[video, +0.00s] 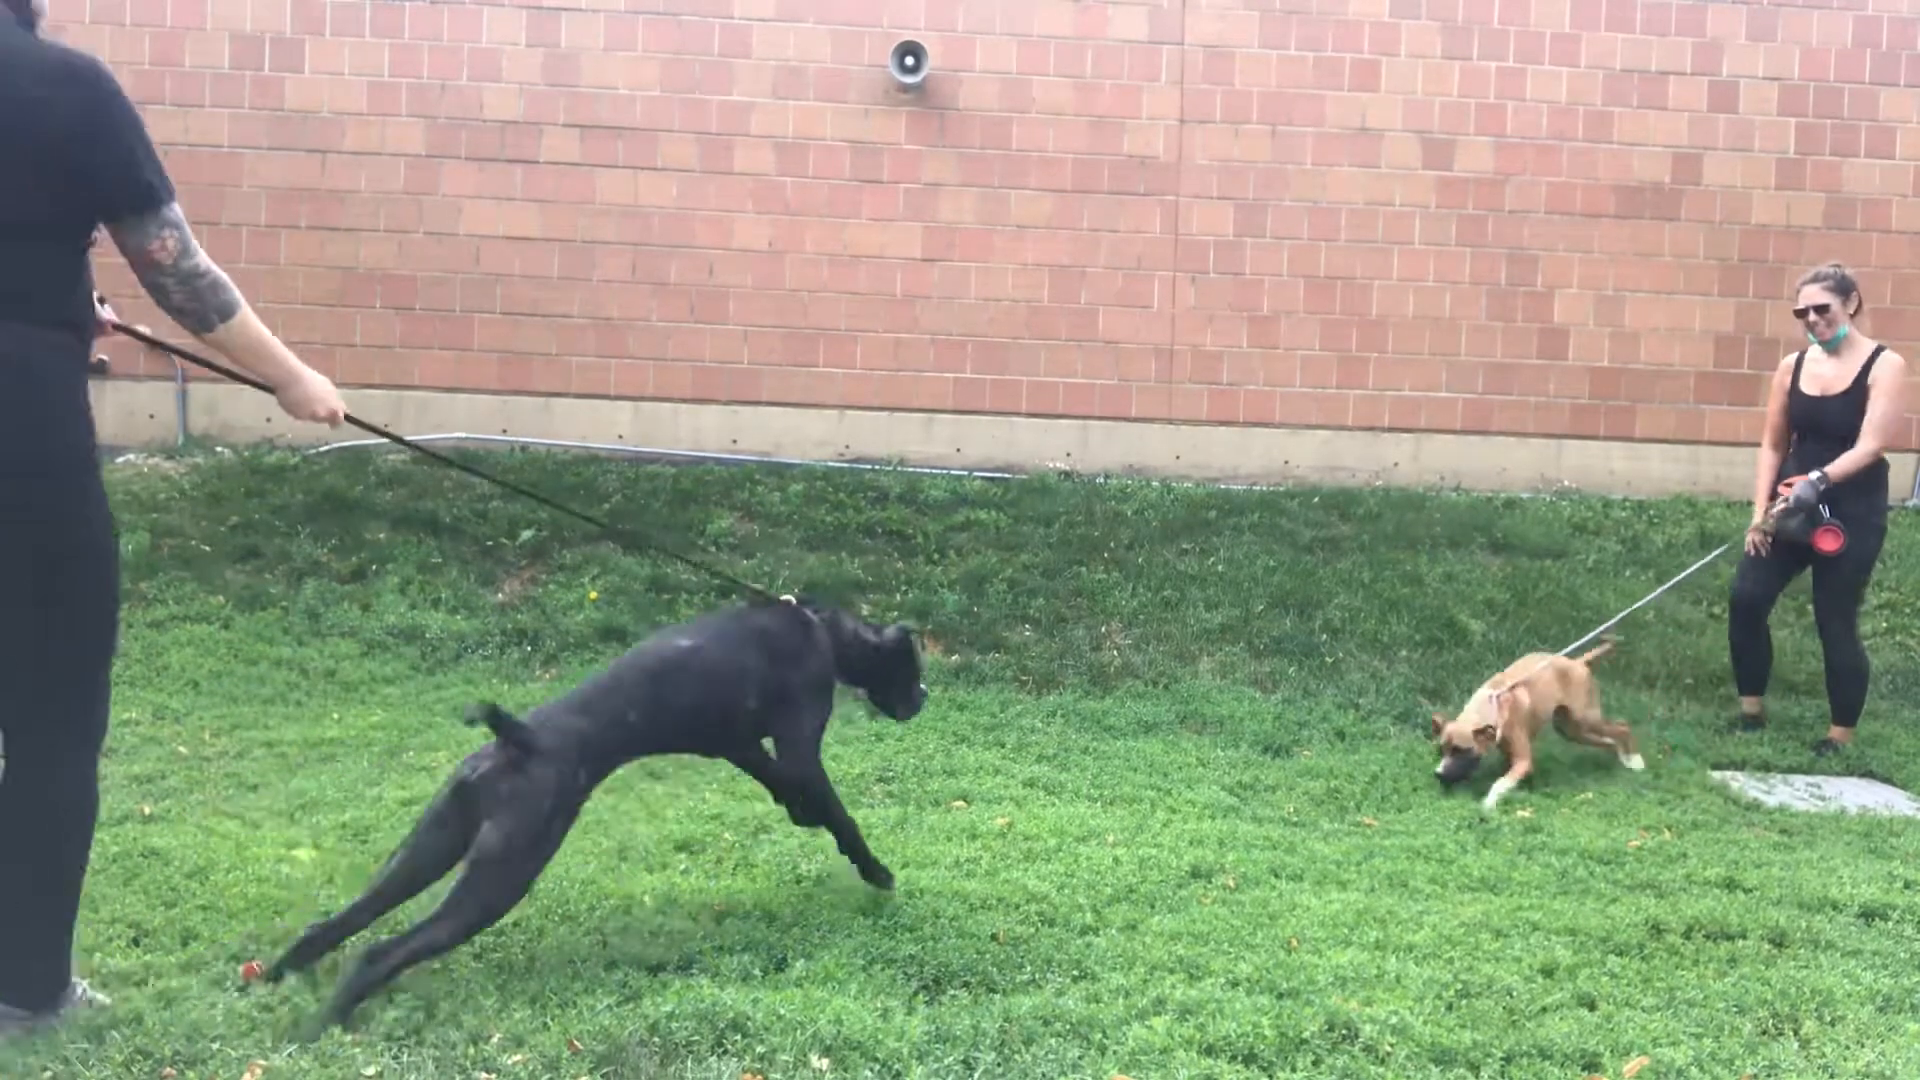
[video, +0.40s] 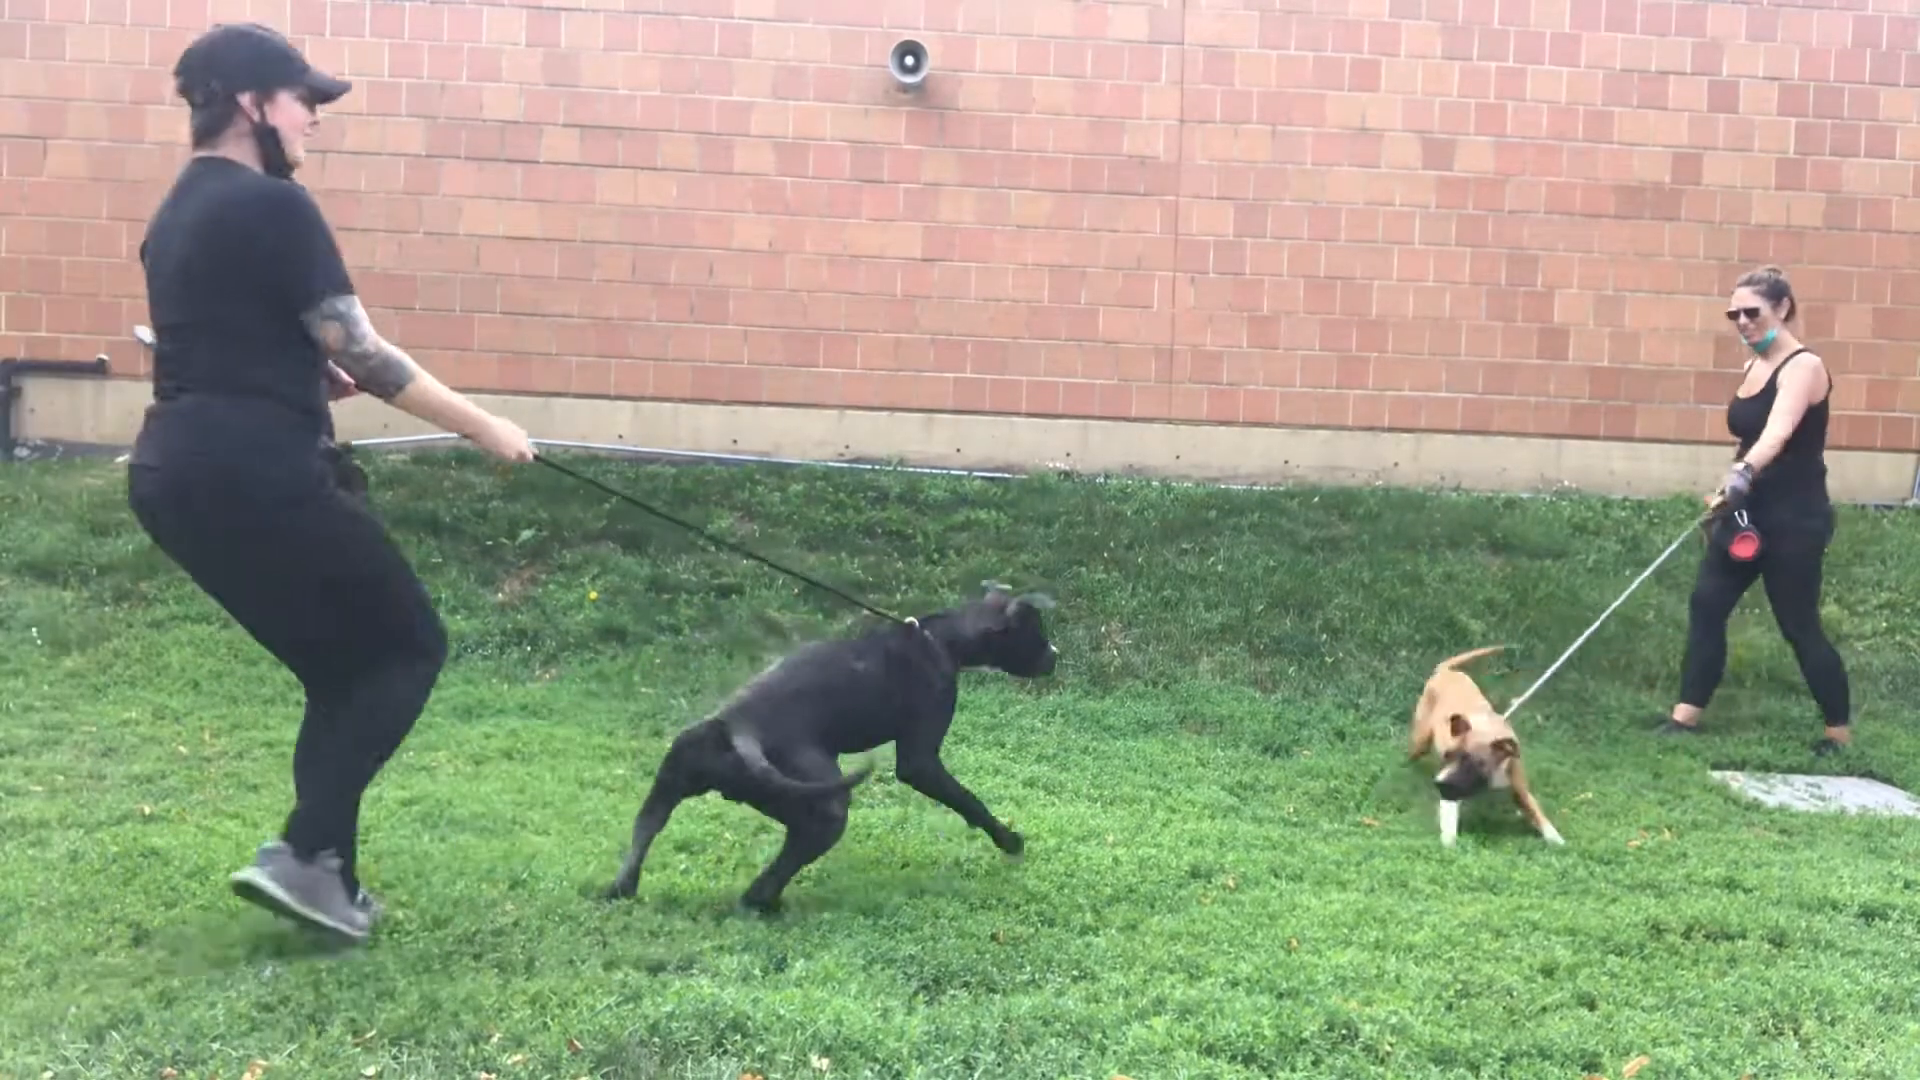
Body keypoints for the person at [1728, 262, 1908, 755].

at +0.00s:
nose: (1812, 320)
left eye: (1822, 309)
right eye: (1804, 313)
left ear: (1850, 304)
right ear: (1799, 314)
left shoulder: (1884, 365)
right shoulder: (1792, 366)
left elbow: (1871, 447)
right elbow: (1771, 445)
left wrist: (1815, 482)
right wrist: (1759, 513)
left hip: (1854, 509)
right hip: (1793, 503)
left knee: (1834, 617)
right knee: (1746, 596)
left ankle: (1841, 736)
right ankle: (1750, 712)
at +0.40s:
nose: (1742, 322)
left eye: (1751, 312)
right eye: (1735, 314)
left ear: (1781, 309)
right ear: (1732, 316)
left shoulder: (1804, 366)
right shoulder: (1757, 364)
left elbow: (1778, 434)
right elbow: (1754, 440)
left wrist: (1740, 475)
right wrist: (1727, 492)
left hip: (1795, 516)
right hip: (1750, 509)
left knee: (1799, 623)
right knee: (1707, 602)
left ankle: (1838, 732)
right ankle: (1686, 716)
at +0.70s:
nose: (1681, 323)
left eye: (1690, 312)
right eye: (1673, 314)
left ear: (1718, 306)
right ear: (1668, 313)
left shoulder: (1737, 357)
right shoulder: (1692, 362)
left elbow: (1716, 417)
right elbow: (1692, 433)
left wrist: (1672, 455)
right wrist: (1669, 487)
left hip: (1741, 497)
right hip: (1698, 495)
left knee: (1685, 595)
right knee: (1671, 596)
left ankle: (1746, 712)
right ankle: (1682, 715)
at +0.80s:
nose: (1669, 320)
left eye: (1678, 310)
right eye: (1661, 313)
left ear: (1705, 304)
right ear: (1655, 313)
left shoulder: (1724, 356)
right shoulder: (1683, 358)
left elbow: (1695, 426)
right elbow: (1689, 434)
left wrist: (1655, 472)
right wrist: (1664, 491)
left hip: (1730, 497)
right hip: (1689, 495)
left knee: (1682, 599)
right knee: (1663, 599)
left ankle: (1693, 733)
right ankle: (1679, 722)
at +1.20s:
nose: (1637, 320)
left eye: (1647, 310)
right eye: (1631, 312)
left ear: (1678, 305)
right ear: (1630, 314)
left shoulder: (1695, 361)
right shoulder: (1668, 362)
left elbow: (1653, 433)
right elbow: (1680, 448)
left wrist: (1599, 469)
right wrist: (1651, 491)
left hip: (1703, 509)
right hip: (1670, 506)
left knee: (1656, 621)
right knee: (1617, 603)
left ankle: (1664, 750)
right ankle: (1679, 712)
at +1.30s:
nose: (1639, 317)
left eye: (1648, 307)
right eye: (1632, 309)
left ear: (1680, 301)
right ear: (1629, 310)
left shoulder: (1697, 356)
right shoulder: (1672, 357)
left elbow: (1661, 435)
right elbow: (1678, 449)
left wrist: (1598, 467)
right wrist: (1648, 494)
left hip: (1701, 508)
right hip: (1671, 504)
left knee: (1660, 619)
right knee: (1626, 607)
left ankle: (1665, 749)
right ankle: (1679, 717)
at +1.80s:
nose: (1674, 316)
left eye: (1683, 306)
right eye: (1669, 307)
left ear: (1716, 302)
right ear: (1670, 308)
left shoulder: (1742, 359)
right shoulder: (1691, 361)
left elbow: (1743, 446)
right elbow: (1685, 443)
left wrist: (1672, 462)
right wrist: (1649, 502)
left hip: (1724, 505)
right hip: (1687, 500)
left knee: (1682, 615)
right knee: (1664, 610)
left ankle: (1664, 740)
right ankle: (1705, 716)